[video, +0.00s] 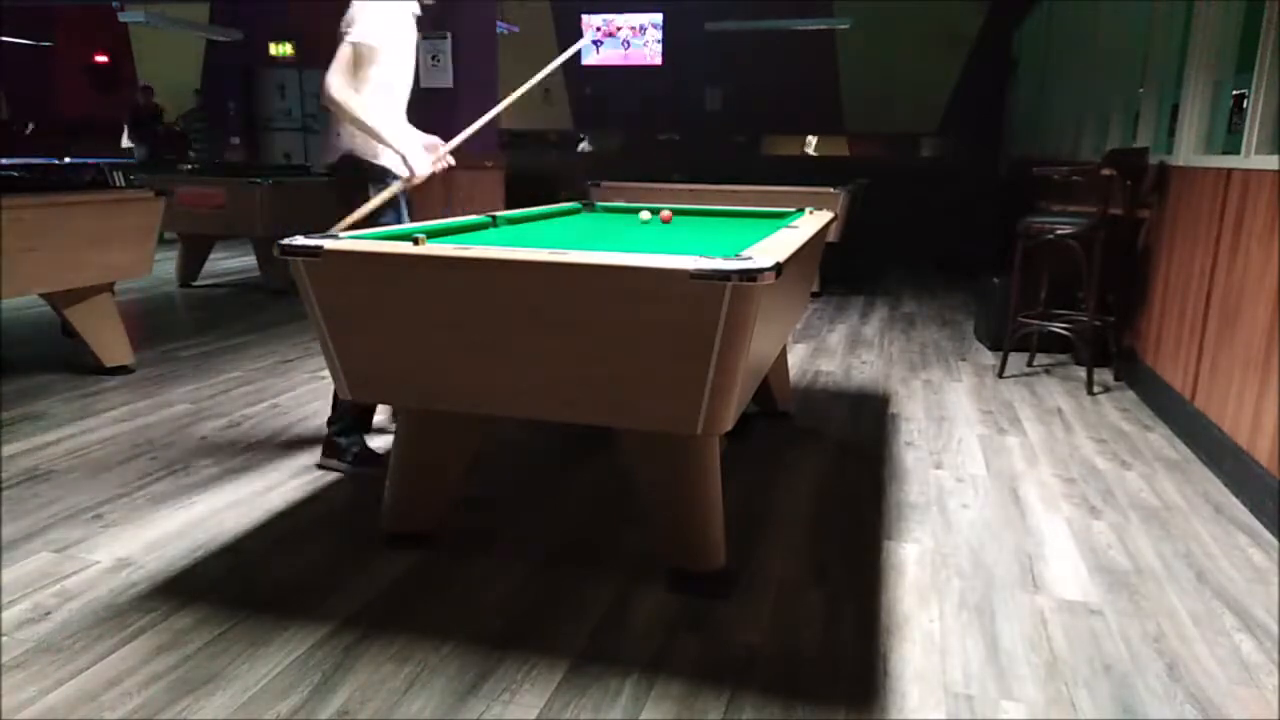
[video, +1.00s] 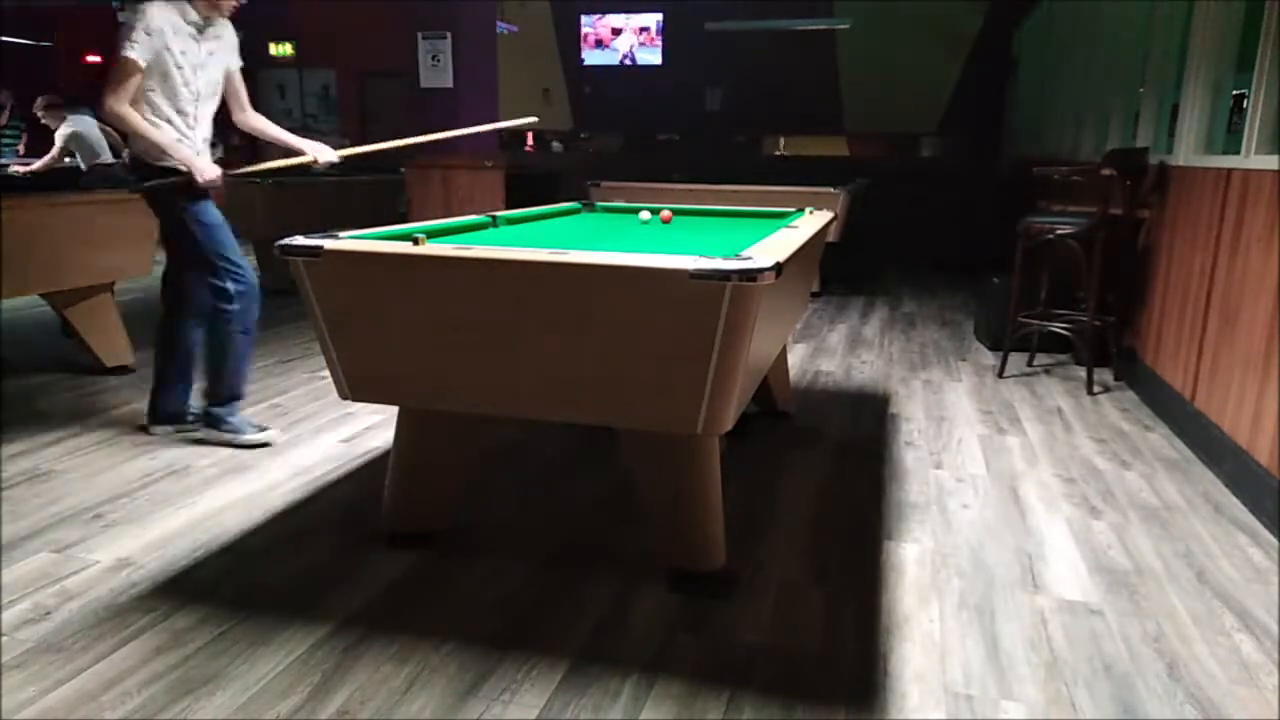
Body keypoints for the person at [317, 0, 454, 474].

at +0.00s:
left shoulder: (403, 18)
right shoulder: (376, 11)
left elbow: (376, 104)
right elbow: (335, 87)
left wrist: (418, 138)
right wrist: (407, 147)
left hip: (382, 168)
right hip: (362, 168)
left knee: (385, 297)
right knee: (370, 299)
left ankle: (354, 425)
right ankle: (344, 436)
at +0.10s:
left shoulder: (333, 20)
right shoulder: (262, 9)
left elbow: (351, 104)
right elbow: (235, 87)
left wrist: (422, 131)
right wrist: (319, 135)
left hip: (314, 169)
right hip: (273, 167)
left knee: (317, 293)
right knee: (292, 297)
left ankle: (310, 406)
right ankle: (296, 433)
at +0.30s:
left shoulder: (237, 8)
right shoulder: (189, 4)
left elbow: (238, 87)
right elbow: (195, 78)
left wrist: (301, 128)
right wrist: (291, 120)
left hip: (245, 158)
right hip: (218, 159)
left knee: (255, 310)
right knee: (261, 317)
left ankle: (248, 436)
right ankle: (232, 467)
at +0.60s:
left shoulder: (184, 11)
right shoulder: (177, 5)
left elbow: (194, 89)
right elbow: (171, 76)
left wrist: (251, 151)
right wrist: (243, 157)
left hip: (208, 168)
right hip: (208, 168)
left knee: (229, 327)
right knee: (235, 332)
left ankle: (209, 465)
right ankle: (223, 479)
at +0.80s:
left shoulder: (167, 16)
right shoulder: (109, 6)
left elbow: (170, 112)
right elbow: (89, 90)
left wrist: (247, 152)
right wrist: (165, 161)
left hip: (162, 172)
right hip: (124, 173)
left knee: (195, 305)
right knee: (147, 316)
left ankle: (201, 419)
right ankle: (124, 447)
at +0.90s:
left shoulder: (148, 14)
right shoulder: (89, 8)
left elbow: (162, 104)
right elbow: (61, 94)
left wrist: (241, 140)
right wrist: (144, 159)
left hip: (147, 167)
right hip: (113, 171)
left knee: (179, 305)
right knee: (144, 313)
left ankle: (159, 415)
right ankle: (120, 447)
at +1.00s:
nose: (238, 3)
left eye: (240, 1)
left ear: (225, 4)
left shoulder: (223, 32)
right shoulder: (155, 19)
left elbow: (243, 115)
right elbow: (115, 104)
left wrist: (304, 144)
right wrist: (189, 157)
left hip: (191, 173)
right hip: (162, 173)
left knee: (185, 287)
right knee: (238, 282)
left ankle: (169, 406)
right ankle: (222, 411)